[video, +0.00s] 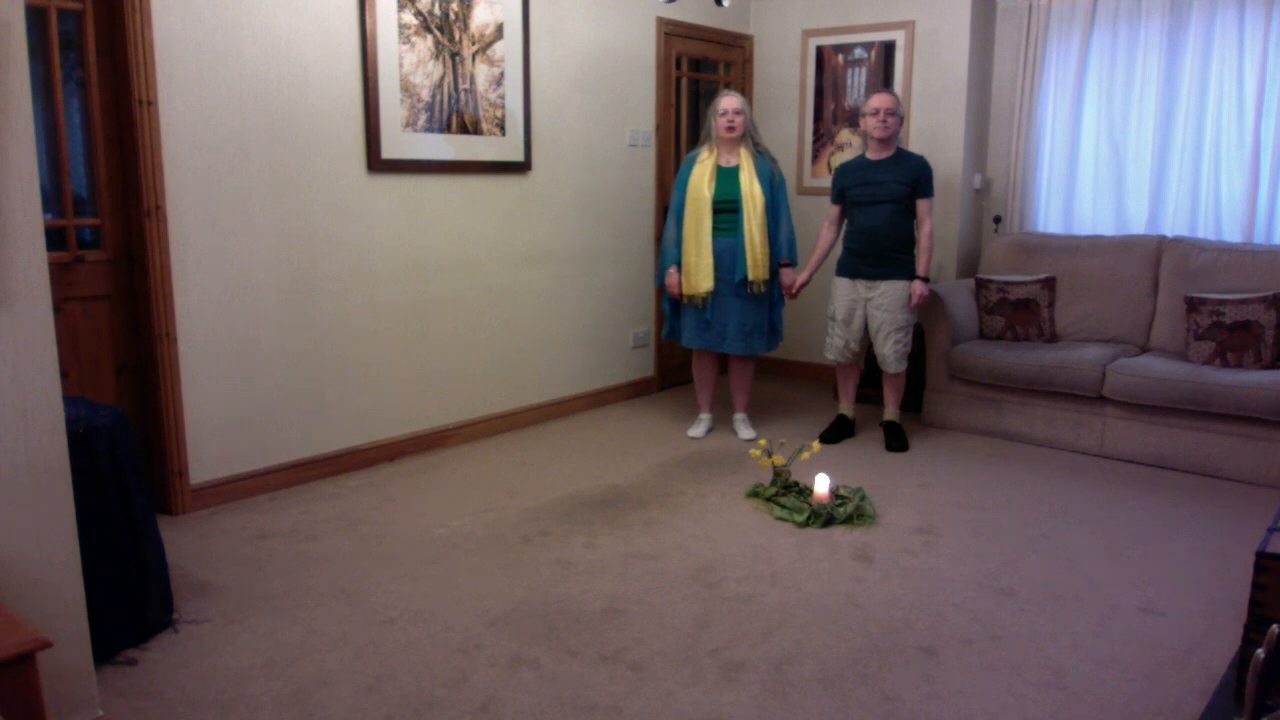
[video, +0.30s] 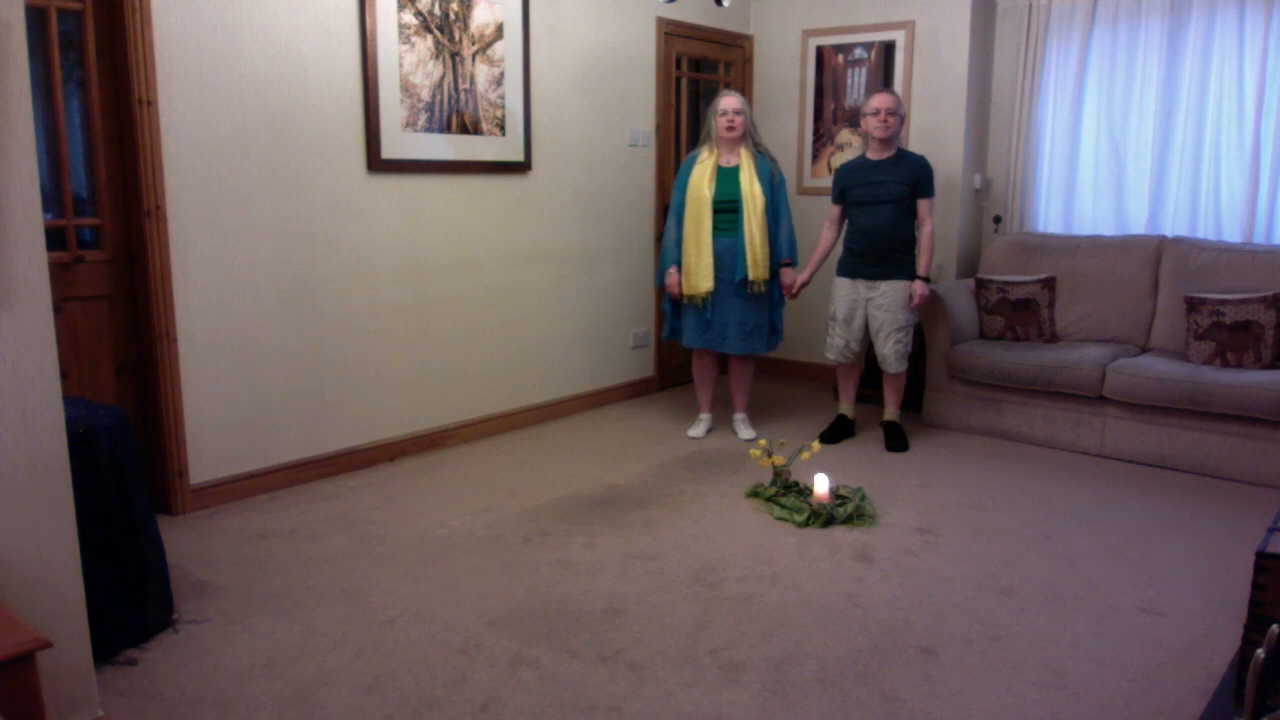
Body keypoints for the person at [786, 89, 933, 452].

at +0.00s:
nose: (882, 119)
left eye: (889, 113)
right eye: (874, 114)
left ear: (901, 121)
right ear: (861, 122)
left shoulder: (915, 167)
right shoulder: (845, 172)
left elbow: (925, 224)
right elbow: (831, 227)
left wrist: (921, 276)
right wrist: (806, 273)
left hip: (895, 278)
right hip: (850, 276)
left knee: (893, 355)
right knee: (845, 349)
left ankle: (892, 419)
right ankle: (845, 415)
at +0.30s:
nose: (883, 119)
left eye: (890, 113)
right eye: (875, 114)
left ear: (901, 120)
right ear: (862, 122)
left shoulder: (916, 167)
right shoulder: (846, 172)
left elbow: (925, 225)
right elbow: (832, 226)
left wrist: (922, 276)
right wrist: (807, 273)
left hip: (896, 279)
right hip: (851, 276)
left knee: (893, 354)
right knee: (845, 349)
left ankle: (892, 419)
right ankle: (845, 415)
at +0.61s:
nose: (883, 119)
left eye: (891, 113)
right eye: (875, 113)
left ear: (902, 120)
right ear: (863, 121)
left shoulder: (917, 167)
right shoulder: (847, 172)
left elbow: (926, 224)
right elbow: (832, 226)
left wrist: (923, 276)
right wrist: (807, 273)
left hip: (896, 279)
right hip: (851, 277)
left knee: (894, 355)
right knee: (845, 349)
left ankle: (892, 420)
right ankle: (845, 416)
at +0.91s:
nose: (883, 119)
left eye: (891, 113)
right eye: (875, 113)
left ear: (902, 120)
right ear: (863, 122)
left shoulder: (917, 166)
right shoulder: (847, 172)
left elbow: (927, 224)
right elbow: (832, 226)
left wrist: (924, 276)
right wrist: (807, 273)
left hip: (897, 279)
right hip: (851, 277)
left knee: (894, 355)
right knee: (845, 349)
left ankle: (892, 419)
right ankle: (845, 416)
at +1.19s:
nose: (884, 119)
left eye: (891, 113)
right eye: (876, 113)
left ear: (902, 121)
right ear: (863, 122)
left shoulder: (917, 166)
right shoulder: (847, 172)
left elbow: (927, 224)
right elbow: (833, 226)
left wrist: (924, 276)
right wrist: (808, 272)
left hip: (897, 279)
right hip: (852, 277)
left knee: (894, 355)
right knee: (846, 349)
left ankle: (892, 420)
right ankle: (845, 416)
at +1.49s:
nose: (885, 119)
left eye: (892, 113)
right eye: (877, 113)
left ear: (903, 120)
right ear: (864, 121)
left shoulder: (918, 166)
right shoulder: (848, 172)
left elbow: (928, 224)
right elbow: (833, 226)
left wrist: (924, 276)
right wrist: (809, 272)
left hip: (898, 279)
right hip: (852, 277)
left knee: (894, 355)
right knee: (846, 349)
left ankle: (892, 419)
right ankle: (845, 416)